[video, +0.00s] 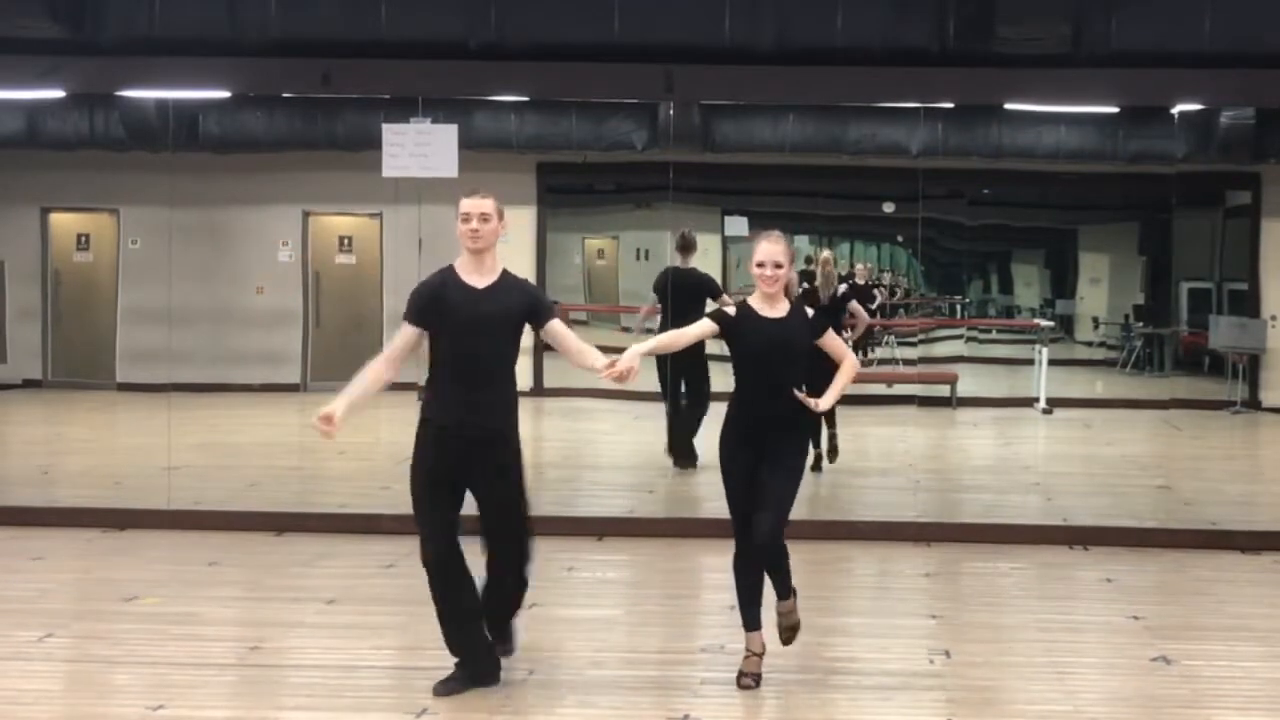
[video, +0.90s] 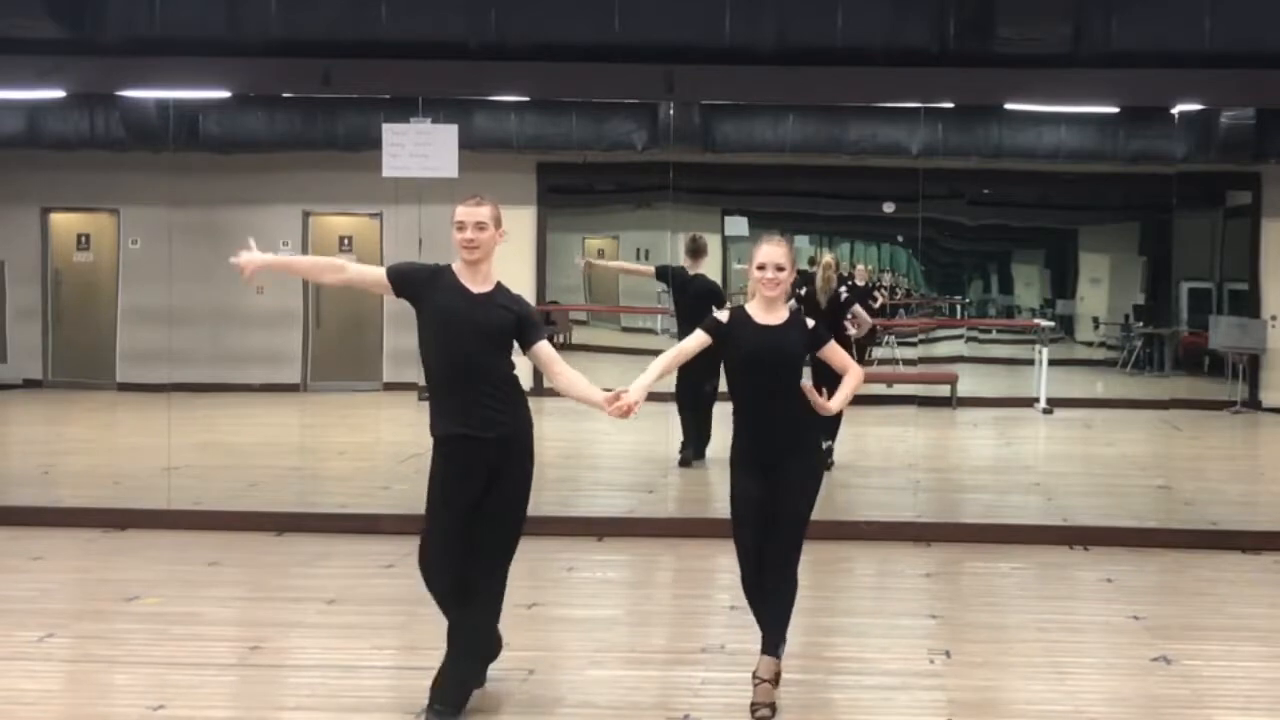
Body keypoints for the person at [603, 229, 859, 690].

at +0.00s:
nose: (769, 273)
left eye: (777, 266)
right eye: (761, 265)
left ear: (790, 270)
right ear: (750, 268)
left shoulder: (807, 319)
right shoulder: (733, 314)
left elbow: (850, 362)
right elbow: (681, 337)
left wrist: (825, 401)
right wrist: (636, 351)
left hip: (789, 437)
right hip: (740, 436)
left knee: (766, 536)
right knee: (746, 540)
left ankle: (785, 598)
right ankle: (753, 642)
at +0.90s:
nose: (769, 275)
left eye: (779, 268)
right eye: (762, 267)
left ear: (793, 274)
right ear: (749, 272)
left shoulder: (806, 326)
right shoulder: (728, 322)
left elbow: (854, 371)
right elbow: (673, 357)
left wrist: (833, 405)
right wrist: (638, 389)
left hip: (799, 453)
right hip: (749, 454)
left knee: (781, 558)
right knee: (751, 563)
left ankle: (767, 668)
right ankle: (773, 644)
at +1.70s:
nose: (750, 277)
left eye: (758, 269)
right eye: (741, 269)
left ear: (771, 273)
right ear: (726, 271)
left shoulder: (788, 316)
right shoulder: (711, 323)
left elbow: (843, 357)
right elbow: (661, 371)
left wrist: (811, 350)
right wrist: (648, 325)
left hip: (770, 446)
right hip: (720, 448)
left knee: (754, 551)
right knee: (741, 550)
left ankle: (763, 658)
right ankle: (762, 648)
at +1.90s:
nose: (732, 283)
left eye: (741, 275)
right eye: (725, 275)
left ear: (757, 280)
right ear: (714, 278)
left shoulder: (767, 328)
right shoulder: (697, 323)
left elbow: (802, 373)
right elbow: (634, 351)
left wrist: (806, 320)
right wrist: (636, 291)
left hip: (765, 455)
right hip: (720, 456)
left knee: (755, 554)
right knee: (680, 553)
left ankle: (775, 657)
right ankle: (740, 638)